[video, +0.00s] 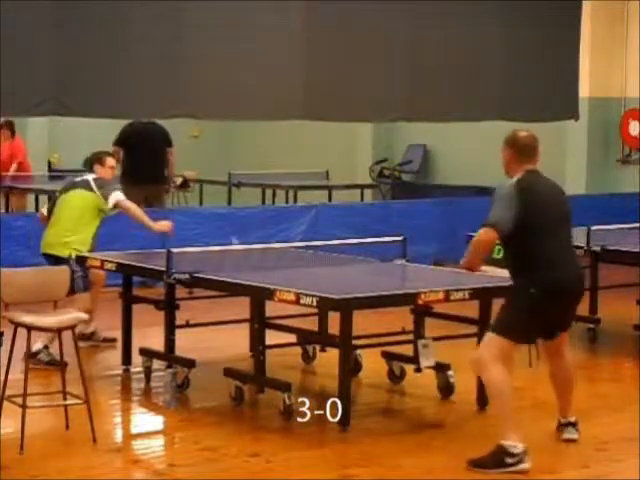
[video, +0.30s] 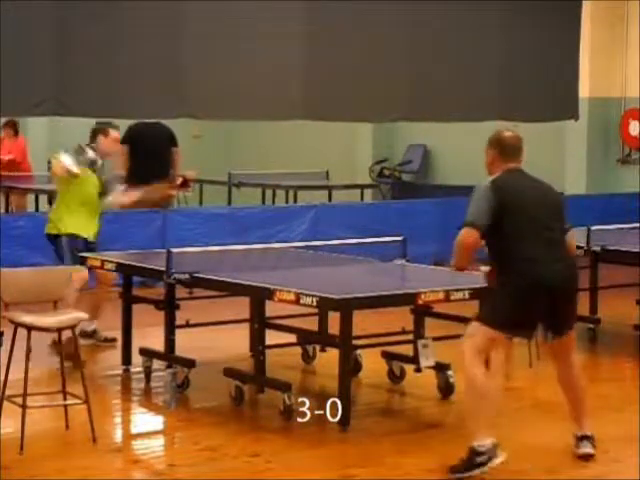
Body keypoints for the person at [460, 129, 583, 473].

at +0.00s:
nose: (503, 161)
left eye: (503, 156)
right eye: (504, 155)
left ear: (509, 157)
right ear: (536, 155)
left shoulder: (512, 190)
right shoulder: (554, 189)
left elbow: (486, 238)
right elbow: (554, 237)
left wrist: (469, 265)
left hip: (537, 285)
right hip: (570, 281)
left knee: (489, 356)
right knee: (556, 346)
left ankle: (511, 446)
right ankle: (567, 420)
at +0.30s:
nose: (485, 162)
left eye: (486, 157)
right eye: (487, 156)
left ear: (492, 156)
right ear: (520, 157)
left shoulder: (492, 188)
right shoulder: (549, 191)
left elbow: (468, 238)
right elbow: (568, 247)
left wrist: (462, 265)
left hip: (518, 285)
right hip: (562, 283)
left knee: (472, 351)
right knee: (565, 354)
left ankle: (483, 444)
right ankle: (584, 435)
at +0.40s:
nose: (478, 180)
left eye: (479, 175)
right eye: (481, 175)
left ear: (484, 175)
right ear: (513, 175)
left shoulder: (485, 207)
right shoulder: (539, 206)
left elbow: (466, 257)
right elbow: (570, 260)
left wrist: (448, 283)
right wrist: (564, 295)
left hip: (513, 299)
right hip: (559, 295)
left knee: (467, 368)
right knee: (566, 360)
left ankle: (468, 457)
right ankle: (587, 437)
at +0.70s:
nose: (503, 167)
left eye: (473, 166)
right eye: (504, 161)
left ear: (472, 166)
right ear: (504, 162)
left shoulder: (458, 202)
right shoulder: (529, 196)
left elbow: (439, 257)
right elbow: (558, 258)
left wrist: (447, 290)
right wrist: (529, 262)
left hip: (487, 305)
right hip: (534, 303)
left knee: (444, 378)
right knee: (558, 371)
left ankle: (462, 459)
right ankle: (588, 439)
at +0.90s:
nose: (450, 151)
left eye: (447, 146)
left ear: (448, 147)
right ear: (481, 140)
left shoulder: (448, 187)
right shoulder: (510, 171)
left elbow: (436, 245)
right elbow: (532, 221)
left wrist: (432, 268)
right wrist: (507, 239)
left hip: (481, 294)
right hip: (529, 287)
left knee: (452, 375)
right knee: (549, 365)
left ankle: (460, 460)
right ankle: (575, 447)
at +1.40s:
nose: (497, 144)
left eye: (497, 138)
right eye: (500, 137)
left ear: (503, 138)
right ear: (533, 138)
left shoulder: (498, 179)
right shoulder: (561, 176)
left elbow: (471, 233)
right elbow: (584, 234)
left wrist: (458, 275)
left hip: (522, 289)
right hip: (569, 287)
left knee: (490, 369)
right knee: (566, 368)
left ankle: (464, 457)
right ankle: (577, 451)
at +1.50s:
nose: (512, 135)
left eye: (513, 130)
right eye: (515, 129)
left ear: (519, 130)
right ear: (549, 131)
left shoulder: (509, 171)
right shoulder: (578, 170)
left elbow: (479, 224)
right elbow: (601, 225)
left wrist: (475, 261)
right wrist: (577, 248)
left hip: (534, 278)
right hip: (581, 277)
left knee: (503, 364)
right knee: (591, 359)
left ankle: (483, 452)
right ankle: (600, 446)